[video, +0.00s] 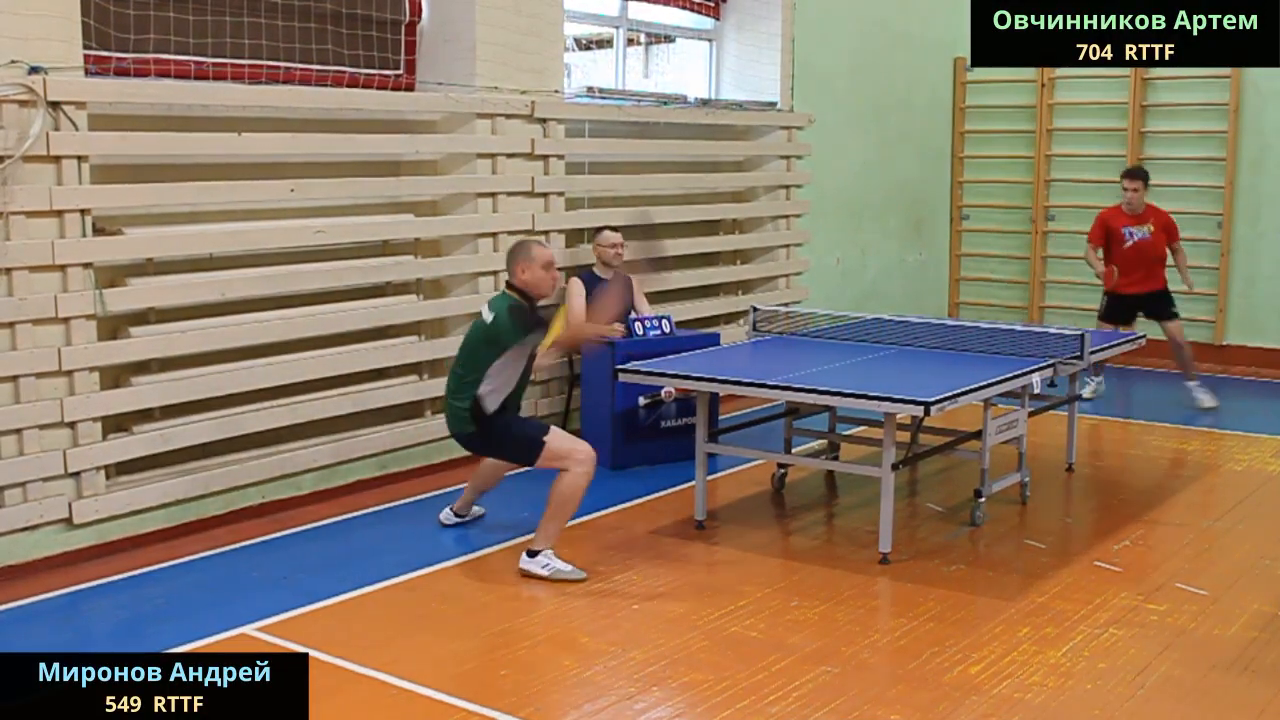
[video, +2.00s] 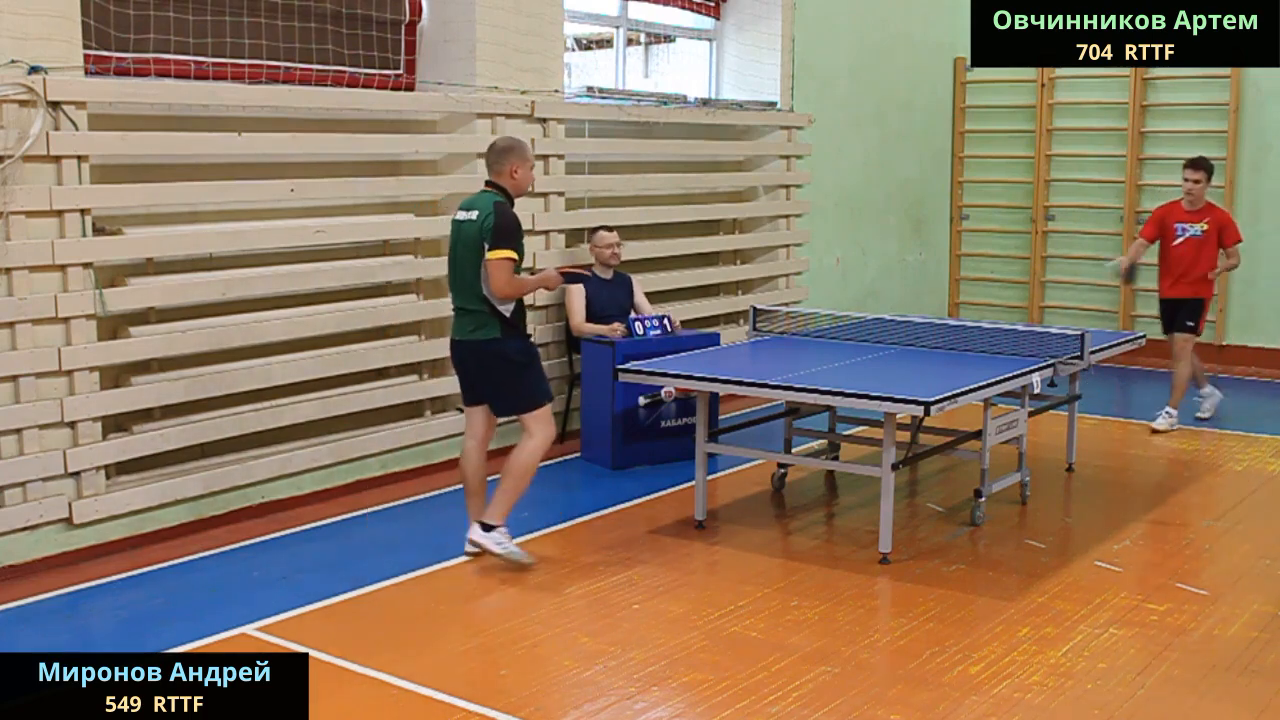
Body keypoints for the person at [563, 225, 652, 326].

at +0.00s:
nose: (619, 252)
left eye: (622, 246)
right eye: (612, 247)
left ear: (625, 248)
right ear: (596, 250)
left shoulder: (629, 282)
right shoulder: (578, 283)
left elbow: (648, 317)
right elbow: (575, 328)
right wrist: (606, 331)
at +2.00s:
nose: (615, 251)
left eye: (618, 246)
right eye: (608, 247)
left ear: (622, 247)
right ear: (593, 250)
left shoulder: (628, 281)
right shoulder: (578, 284)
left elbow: (650, 318)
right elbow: (577, 327)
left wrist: (668, 323)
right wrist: (607, 330)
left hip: (631, 349)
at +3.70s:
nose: (618, 250)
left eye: (621, 245)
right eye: (611, 246)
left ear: (624, 247)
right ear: (594, 250)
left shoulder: (630, 282)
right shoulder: (578, 283)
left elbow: (648, 317)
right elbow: (577, 327)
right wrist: (610, 331)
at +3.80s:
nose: (618, 250)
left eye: (621, 245)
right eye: (611, 246)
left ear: (624, 247)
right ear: (594, 250)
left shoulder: (629, 282)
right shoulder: (578, 284)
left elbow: (648, 315)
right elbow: (577, 327)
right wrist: (607, 330)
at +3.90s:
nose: (618, 251)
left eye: (621, 246)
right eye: (611, 246)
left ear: (624, 248)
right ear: (594, 250)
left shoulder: (629, 282)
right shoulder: (578, 284)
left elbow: (648, 316)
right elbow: (577, 328)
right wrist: (607, 331)